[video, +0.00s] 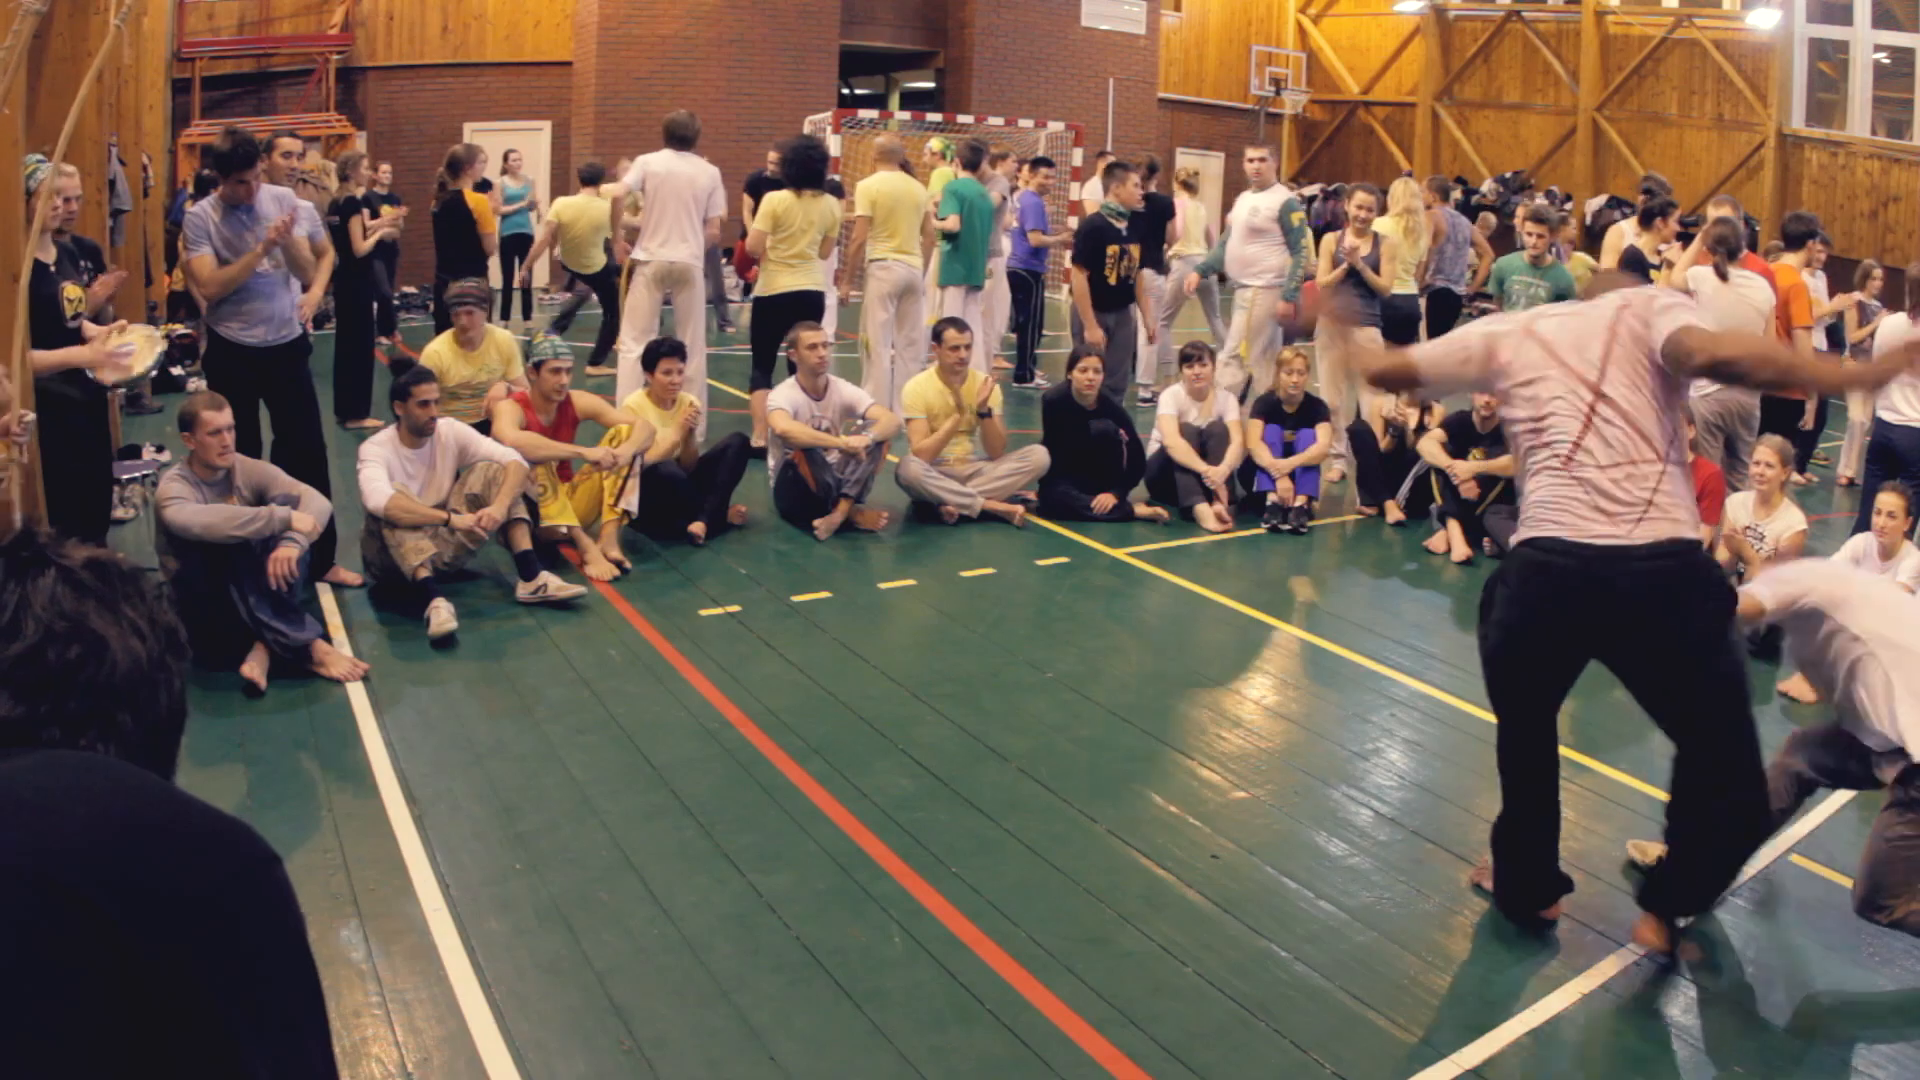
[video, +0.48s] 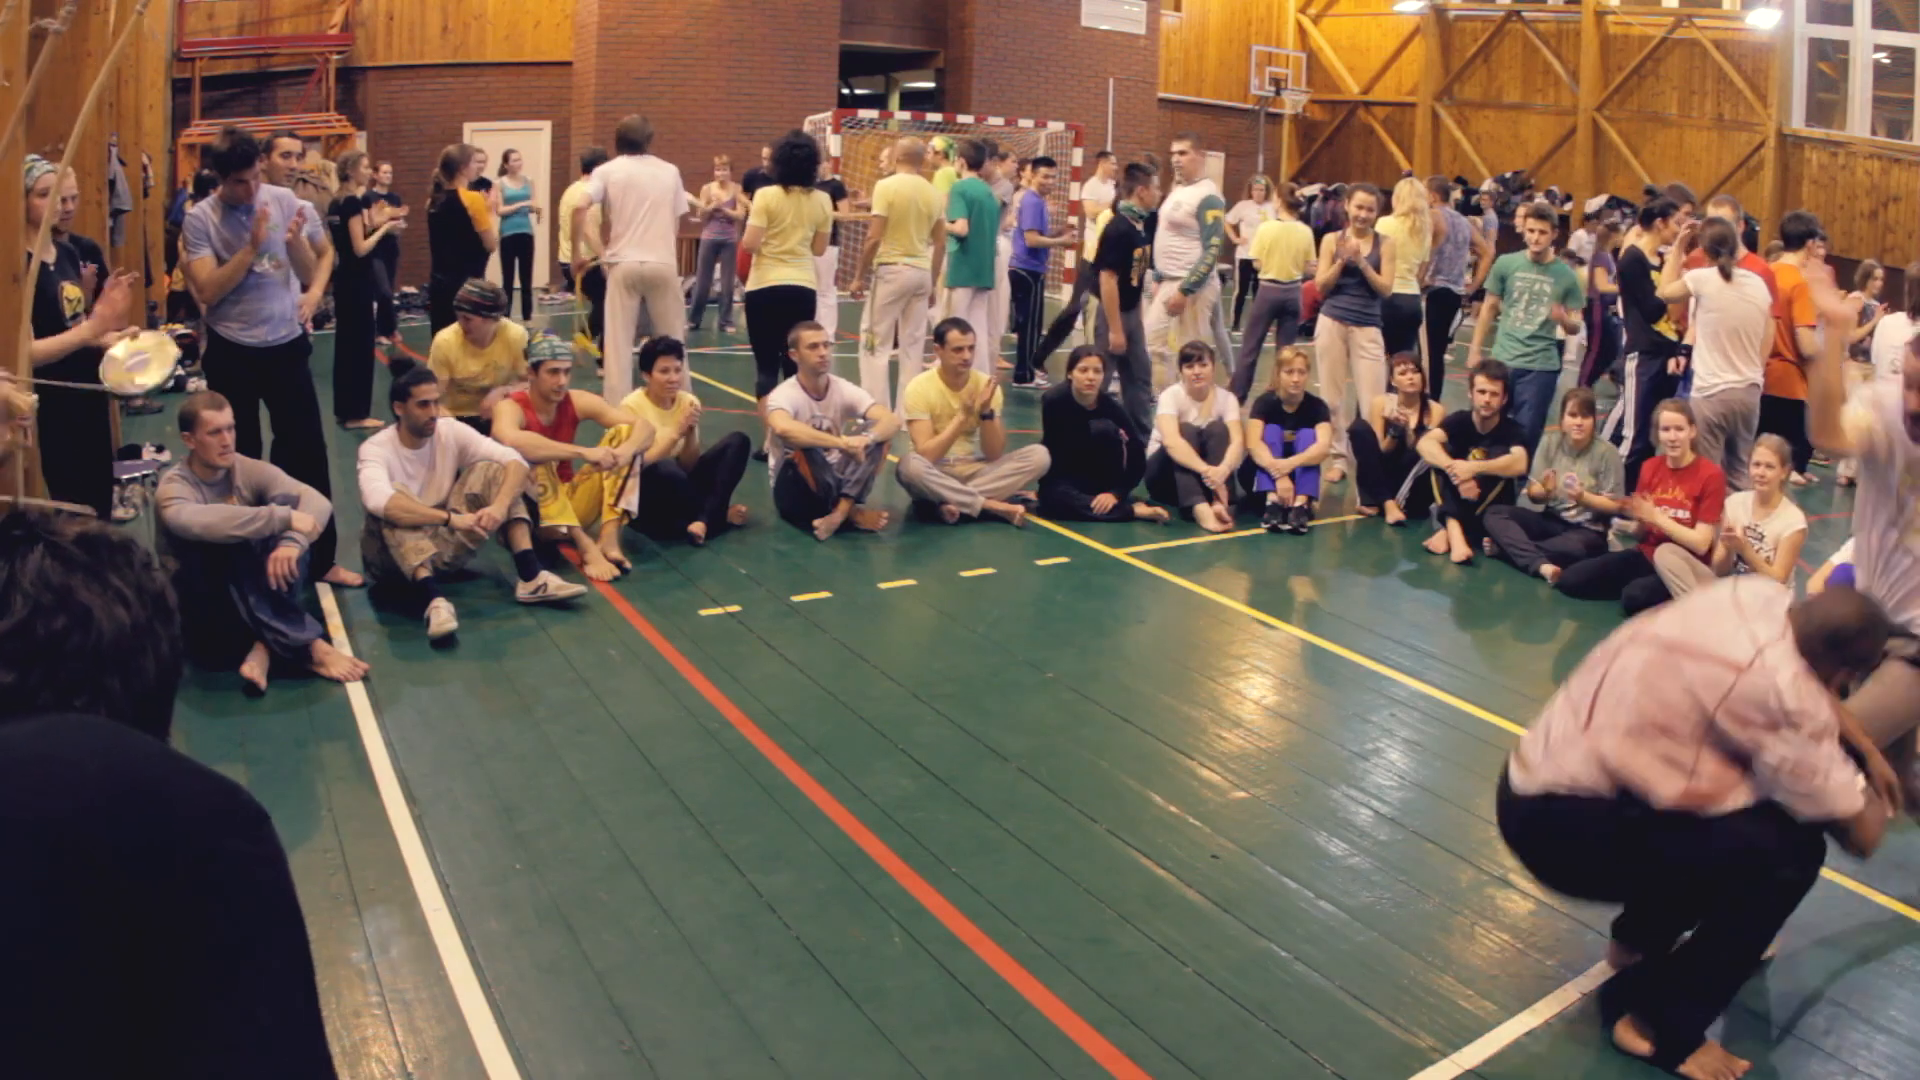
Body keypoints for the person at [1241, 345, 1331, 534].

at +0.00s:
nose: (1295, 380)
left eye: (1300, 374)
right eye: (1289, 373)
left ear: (1307, 376)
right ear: (1278, 375)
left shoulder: (1317, 406)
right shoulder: (1264, 403)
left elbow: (1324, 448)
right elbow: (1253, 443)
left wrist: (1287, 465)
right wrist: (1280, 477)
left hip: (1299, 482)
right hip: (1264, 479)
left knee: (1307, 434)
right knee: (1272, 430)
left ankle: (1301, 500)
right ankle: (1272, 499)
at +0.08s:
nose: (1295, 379)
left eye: (1300, 374)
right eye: (1289, 373)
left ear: (1307, 376)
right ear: (1278, 375)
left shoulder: (1317, 406)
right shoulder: (1263, 403)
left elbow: (1324, 447)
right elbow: (1253, 443)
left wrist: (1288, 465)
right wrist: (1280, 476)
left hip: (1300, 482)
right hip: (1265, 479)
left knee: (1307, 434)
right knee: (1272, 430)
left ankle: (1302, 500)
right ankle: (1272, 499)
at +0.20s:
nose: (1295, 379)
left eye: (1301, 373)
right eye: (1289, 373)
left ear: (1307, 376)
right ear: (1278, 375)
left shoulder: (1317, 406)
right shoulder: (1264, 403)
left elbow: (1324, 448)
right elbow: (1253, 443)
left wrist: (1287, 465)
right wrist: (1280, 477)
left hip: (1300, 482)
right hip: (1264, 479)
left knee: (1307, 434)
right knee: (1272, 430)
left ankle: (1302, 500)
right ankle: (1272, 499)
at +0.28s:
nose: (1296, 379)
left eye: (1301, 373)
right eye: (1289, 372)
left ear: (1308, 376)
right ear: (1278, 375)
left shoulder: (1317, 406)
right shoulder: (1264, 402)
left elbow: (1324, 448)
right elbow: (1252, 442)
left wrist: (1288, 465)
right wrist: (1280, 476)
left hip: (1300, 482)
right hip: (1264, 479)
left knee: (1307, 434)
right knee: (1272, 430)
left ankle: (1302, 500)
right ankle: (1272, 499)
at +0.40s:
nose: (1296, 379)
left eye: (1301, 373)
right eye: (1290, 372)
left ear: (1307, 376)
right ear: (1278, 374)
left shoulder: (1317, 406)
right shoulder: (1264, 403)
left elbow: (1324, 447)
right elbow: (1253, 443)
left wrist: (1287, 465)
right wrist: (1280, 477)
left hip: (1299, 482)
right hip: (1263, 479)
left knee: (1307, 434)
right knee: (1272, 430)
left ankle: (1301, 500)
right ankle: (1272, 499)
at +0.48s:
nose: (1296, 379)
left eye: (1301, 373)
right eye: (1290, 372)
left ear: (1307, 375)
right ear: (1278, 375)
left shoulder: (1317, 406)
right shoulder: (1264, 402)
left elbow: (1324, 447)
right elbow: (1253, 443)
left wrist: (1288, 465)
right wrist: (1280, 477)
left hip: (1300, 483)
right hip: (1263, 479)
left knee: (1307, 434)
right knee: (1272, 430)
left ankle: (1301, 500)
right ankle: (1272, 499)